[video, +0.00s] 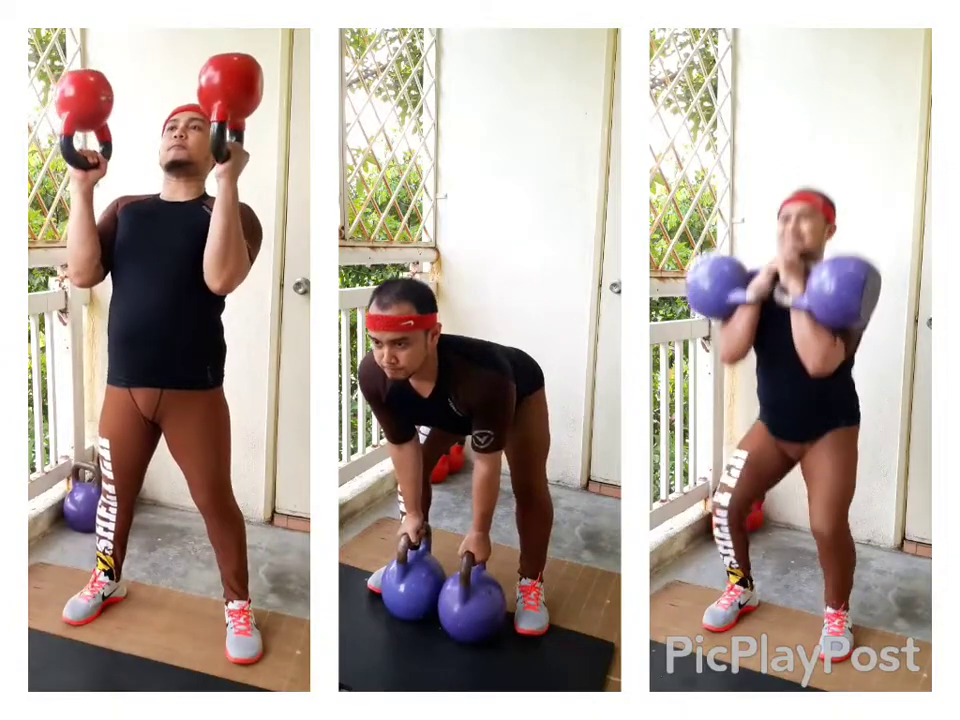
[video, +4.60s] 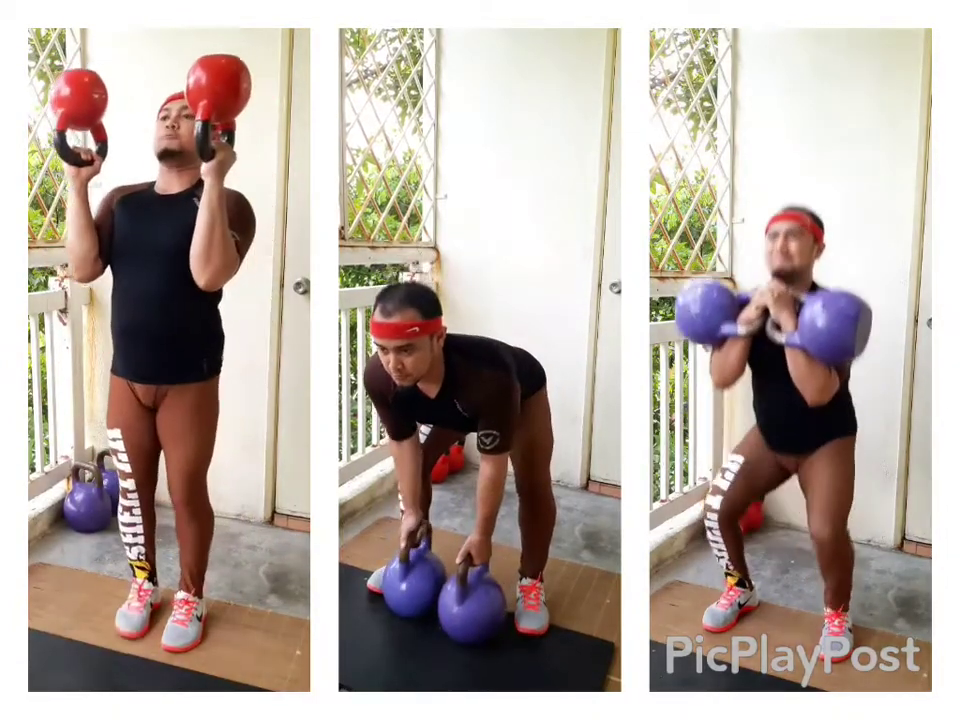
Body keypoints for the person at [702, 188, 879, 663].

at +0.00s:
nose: (792, 227)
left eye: (805, 219)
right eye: (785, 218)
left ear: (828, 230)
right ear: (776, 228)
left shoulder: (842, 289)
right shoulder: (756, 283)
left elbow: (821, 362)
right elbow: (730, 351)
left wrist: (795, 290)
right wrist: (759, 289)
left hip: (830, 431)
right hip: (773, 427)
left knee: (828, 528)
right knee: (733, 508)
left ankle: (836, 613)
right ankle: (740, 585)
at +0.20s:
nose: (790, 290)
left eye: (802, 282)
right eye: (783, 282)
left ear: (823, 294)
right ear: (772, 292)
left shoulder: (833, 352)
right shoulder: (754, 346)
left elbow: (819, 430)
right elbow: (727, 416)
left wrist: (792, 361)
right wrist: (753, 361)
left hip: (831, 466)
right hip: (775, 464)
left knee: (826, 543)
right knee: (721, 521)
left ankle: (836, 616)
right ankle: (740, 588)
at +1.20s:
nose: (795, 226)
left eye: (808, 221)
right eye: (788, 218)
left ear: (829, 238)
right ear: (777, 231)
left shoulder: (835, 299)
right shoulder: (756, 291)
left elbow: (819, 376)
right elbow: (729, 359)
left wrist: (793, 307)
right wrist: (751, 306)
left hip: (829, 433)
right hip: (773, 427)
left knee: (829, 531)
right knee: (727, 505)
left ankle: (837, 615)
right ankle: (740, 587)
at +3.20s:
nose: (795, 190)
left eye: (808, 182)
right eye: (788, 182)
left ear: (832, 195)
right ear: (778, 193)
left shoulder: (846, 257)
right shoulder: (758, 249)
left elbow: (824, 323)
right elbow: (728, 317)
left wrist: (799, 251)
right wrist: (758, 256)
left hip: (824, 412)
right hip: (765, 408)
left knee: (827, 516)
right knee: (738, 499)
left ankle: (836, 612)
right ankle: (739, 586)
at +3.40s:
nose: (789, 238)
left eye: (802, 230)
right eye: (782, 230)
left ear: (825, 241)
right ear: (773, 239)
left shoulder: (840, 302)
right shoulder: (757, 296)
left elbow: (822, 374)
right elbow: (727, 362)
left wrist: (795, 302)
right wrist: (756, 305)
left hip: (830, 438)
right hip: (773, 434)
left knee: (828, 533)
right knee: (727, 510)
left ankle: (835, 613)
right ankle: (740, 587)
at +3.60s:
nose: (787, 297)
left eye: (800, 288)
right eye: (780, 288)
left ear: (821, 299)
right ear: (770, 298)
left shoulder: (836, 356)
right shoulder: (753, 352)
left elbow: (821, 436)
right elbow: (726, 421)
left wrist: (793, 367)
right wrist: (753, 371)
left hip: (832, 472)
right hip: (775, 469)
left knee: (827, 545)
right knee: (718, 521)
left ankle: (836, 616)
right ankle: (740, 588)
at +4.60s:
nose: (782, 244)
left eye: (794, 236)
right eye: (774, 236)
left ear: (817, 248)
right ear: (765, 247)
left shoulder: (829, 311)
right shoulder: (749, 307)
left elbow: (818, 391)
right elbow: (721, 377)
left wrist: (789, 323)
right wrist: (747, 324)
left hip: (827, 440)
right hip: (770, 436)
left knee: (827, 534)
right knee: (721, 510)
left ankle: (836, 614)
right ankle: (740, 586)